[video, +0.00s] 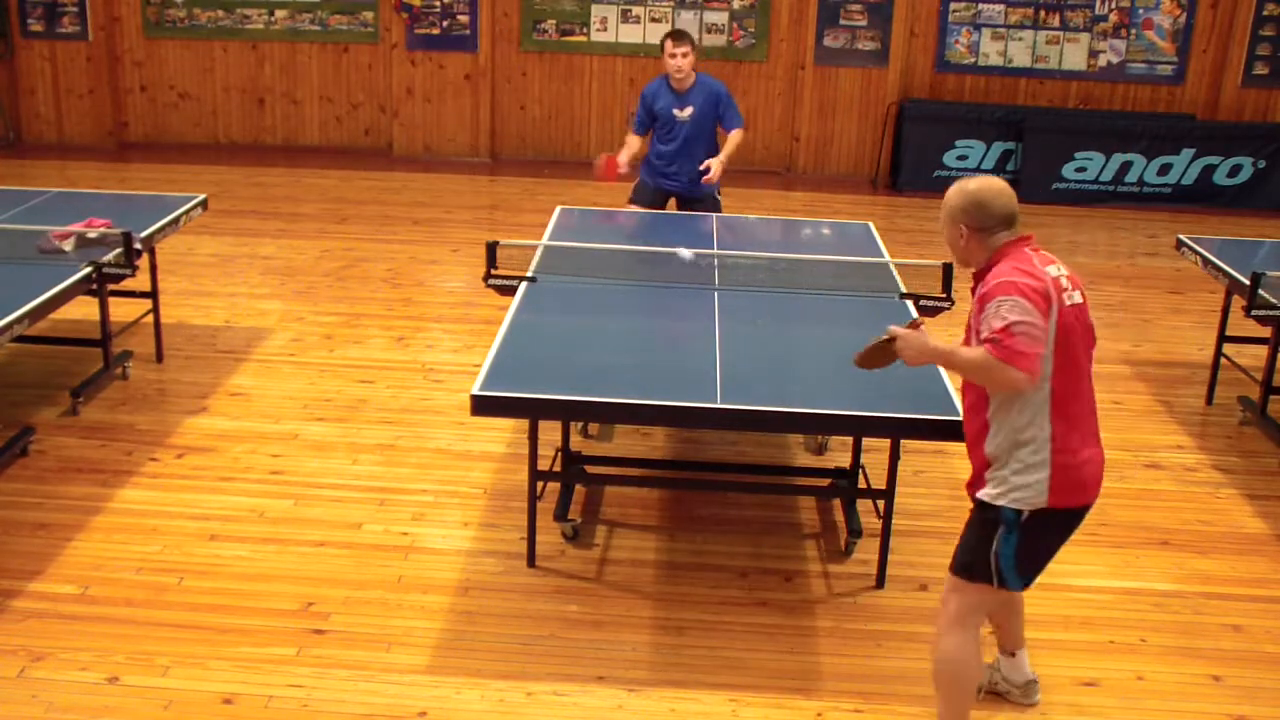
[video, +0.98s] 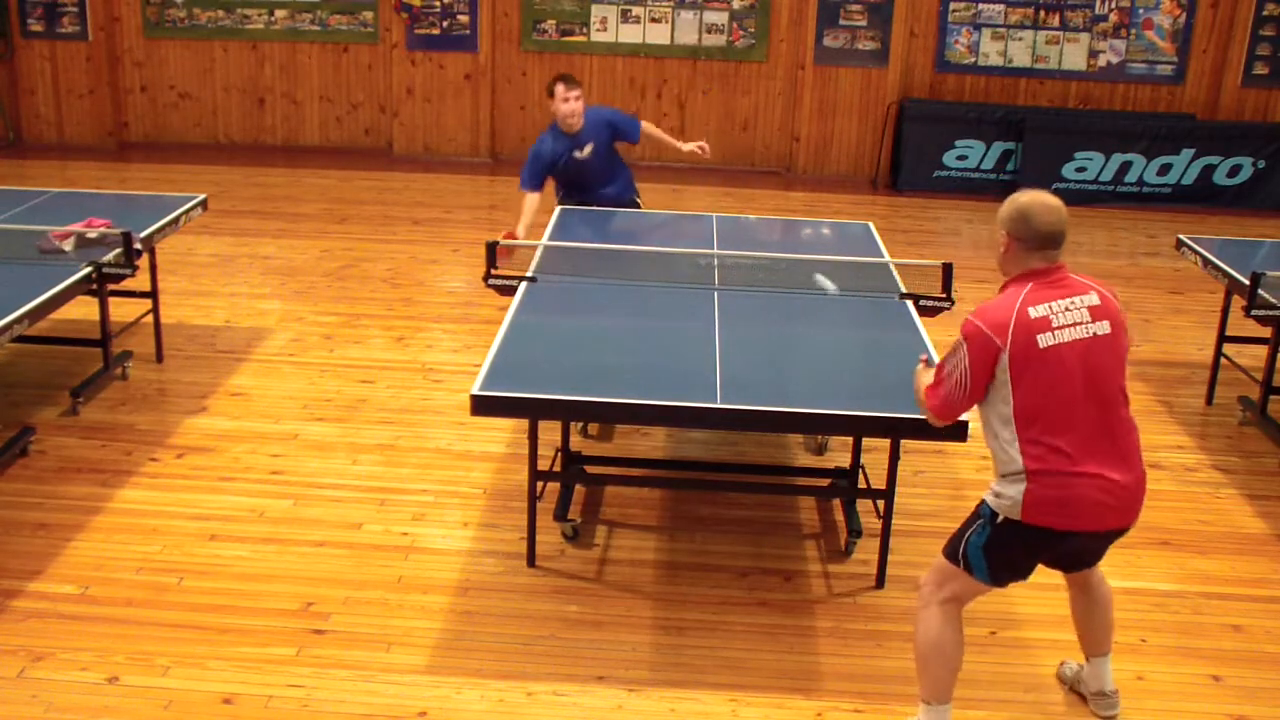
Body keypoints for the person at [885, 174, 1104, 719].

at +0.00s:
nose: (947, 242)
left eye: (948, 232)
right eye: (946, 231)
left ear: (966, 234)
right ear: (1009, 224)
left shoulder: (1009, 284)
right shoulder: (1048, 267)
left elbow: (1017, 370)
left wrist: (933, 351)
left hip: (1030, 482)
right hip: (1062, 471)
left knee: (957, 614)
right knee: (1000, 567)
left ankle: (952, 715)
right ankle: (1014, 671)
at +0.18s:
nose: (943, 239)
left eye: (944, 228)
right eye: (942, 228)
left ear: (960, 232)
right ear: (1012, 226)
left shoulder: (975, 291)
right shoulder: (1062, 280)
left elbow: (949, 388)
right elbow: (1097, 358)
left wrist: (893, 391)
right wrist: (1022, 380)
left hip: (1009, 496)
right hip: (1080, 486)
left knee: (942, 620)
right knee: (1019, 564)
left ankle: (945, 714)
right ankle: (1026, 675)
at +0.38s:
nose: (953, 221)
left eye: (956, 213)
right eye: (954, 211)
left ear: (971, 222)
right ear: (1025, 219)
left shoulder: (978, 292)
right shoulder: (1077, 277)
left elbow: (950, 390)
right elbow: (1117, 358)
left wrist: (896, 388)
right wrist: (1064, 396)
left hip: (1008, 491)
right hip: (1083, 483)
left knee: (946, 616)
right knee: (1059, 583)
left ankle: (946, 716)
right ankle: (1076, 700)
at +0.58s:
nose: (958, 222)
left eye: (961, 213)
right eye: (960, 212)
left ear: (975, 222)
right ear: (1027, 218)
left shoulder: (981, 297)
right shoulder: (1081, 276)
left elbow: (953, 400)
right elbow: (1115, 349)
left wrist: (895, 393)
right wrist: (1052, 382)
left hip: (1014, 490)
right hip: (1089, 481)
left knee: (940, 603)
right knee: (1061, 582)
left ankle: (935, 714)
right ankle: (1077, 698)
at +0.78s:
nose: (962, 235)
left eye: (964, 227)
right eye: (964, 225)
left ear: (977, 239)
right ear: (1031, 233)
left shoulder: (987, 318)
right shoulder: (1076, 289)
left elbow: (945, 419)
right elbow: (1097, 352)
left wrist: (892, 411)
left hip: (1020, 500)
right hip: (1094, 487)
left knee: (927, 598)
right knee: (1062, 568)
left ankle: (931, 712)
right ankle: (1098, 679)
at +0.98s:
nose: (996, 242)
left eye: (998, 235)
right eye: (999, 233)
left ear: (1007, 243)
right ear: (1061, 241)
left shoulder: (995, 320)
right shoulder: (1105, 302)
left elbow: (942, 408)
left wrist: (926, 377)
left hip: (1035, 507)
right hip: (1117, 502)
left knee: (940, 592)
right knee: (1082, 565)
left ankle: (933, 713)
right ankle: (1100, 680)